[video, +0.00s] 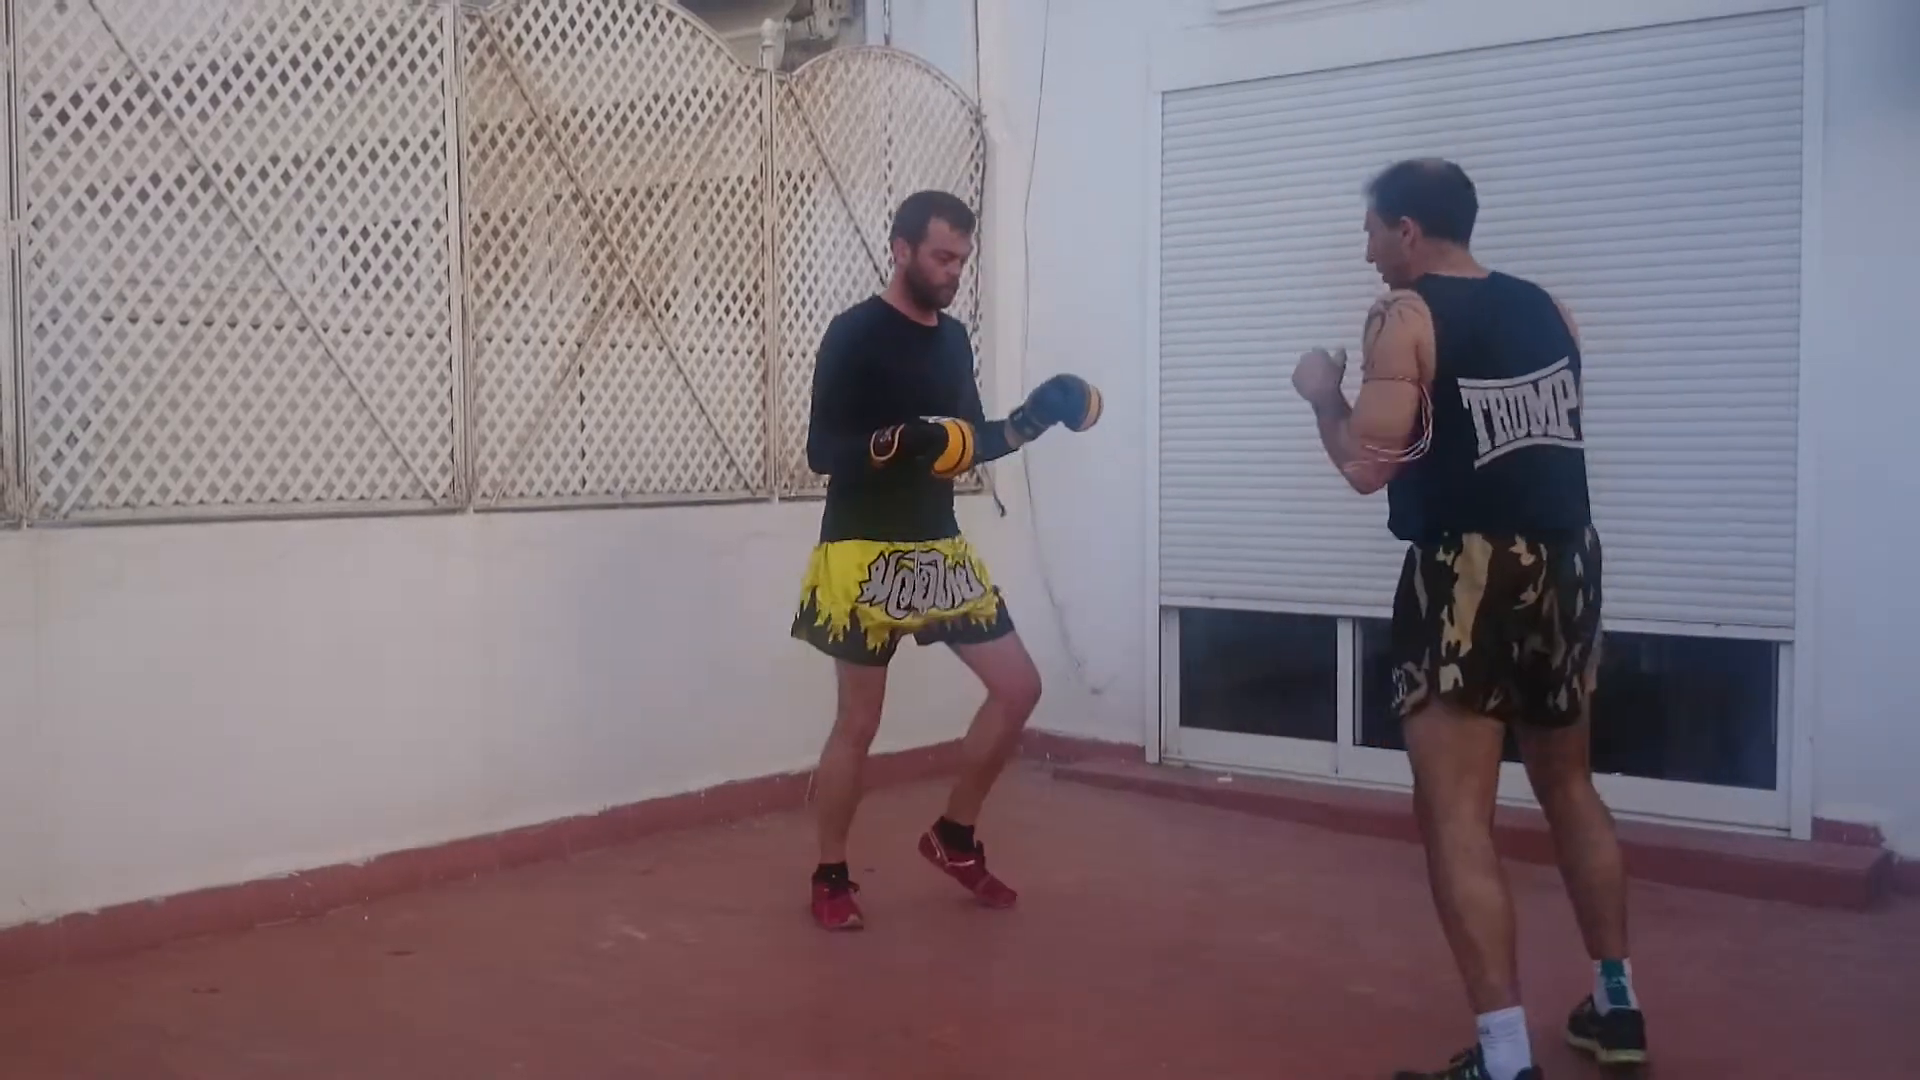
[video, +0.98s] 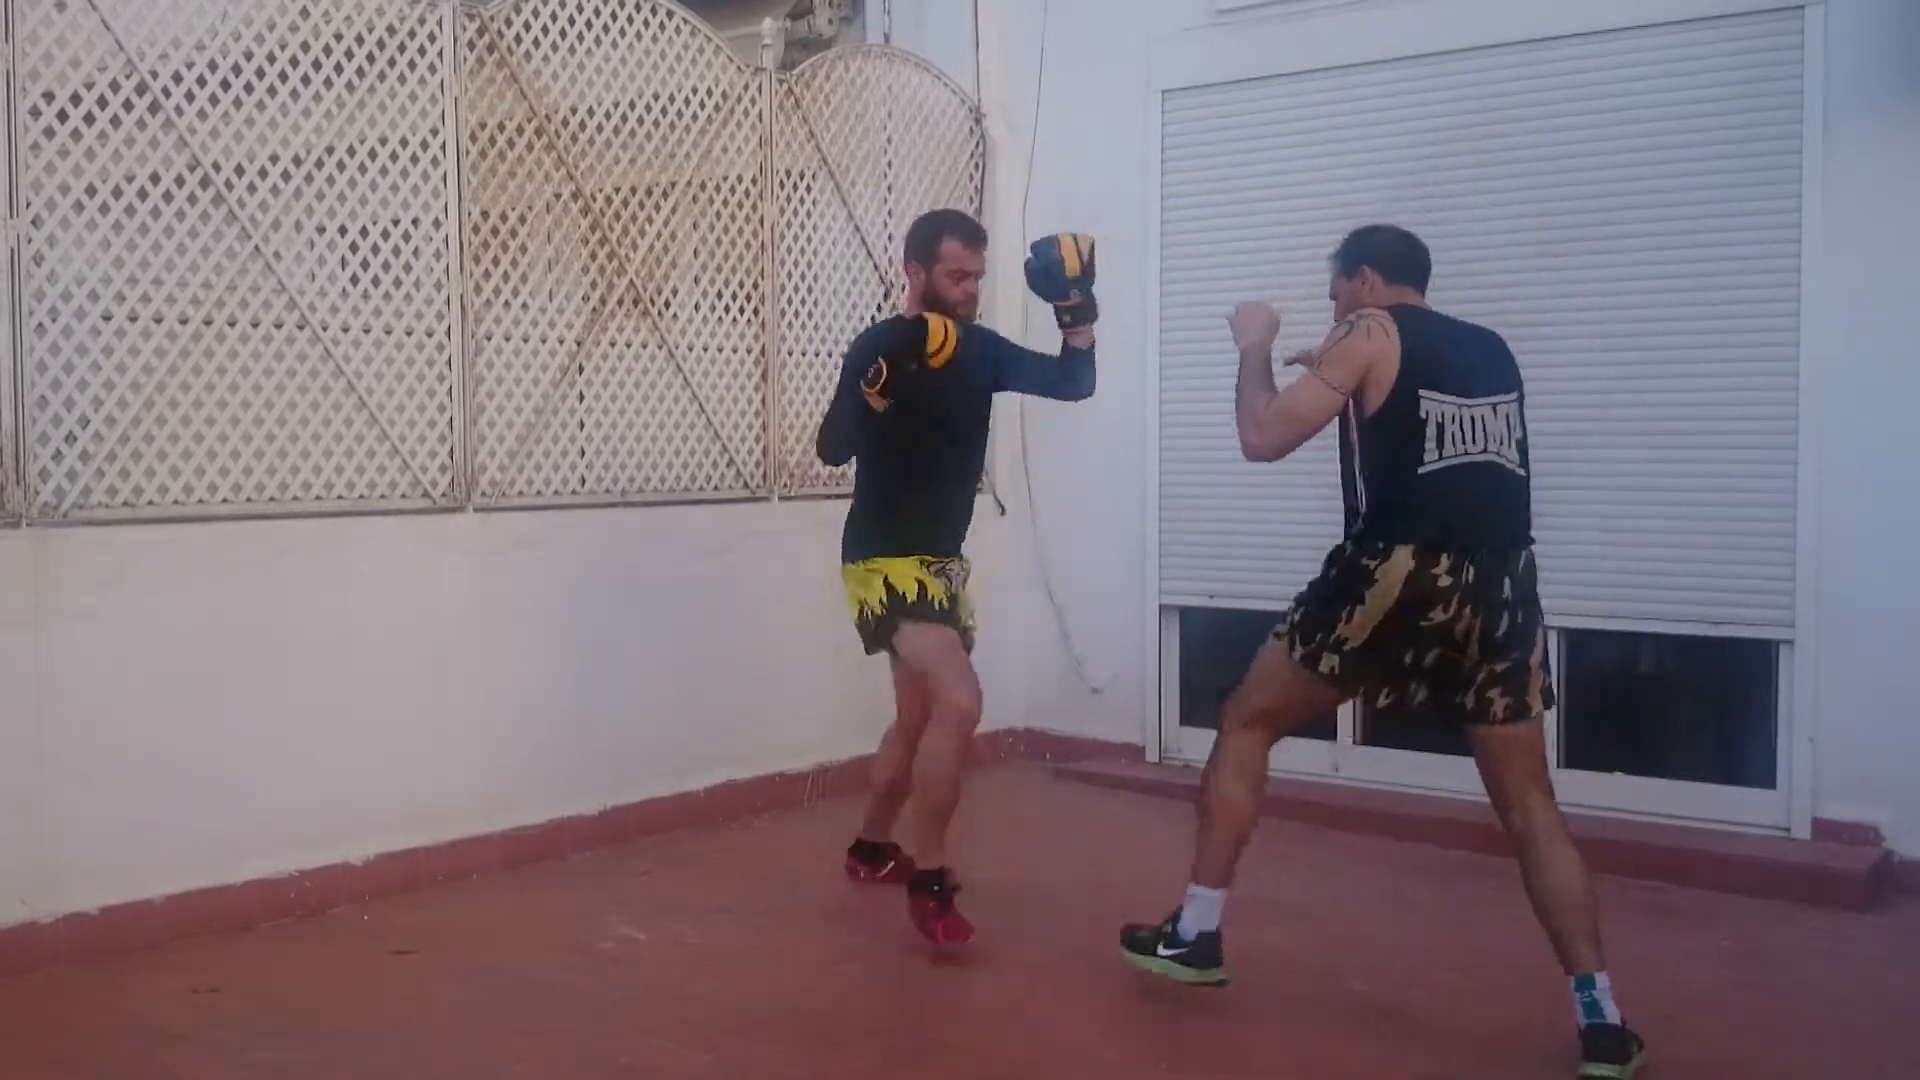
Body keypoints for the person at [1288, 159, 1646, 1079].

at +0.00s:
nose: (1369, 246)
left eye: (1372, 229)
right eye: (1368, 230)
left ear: (1408, 231)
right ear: (1460, 231)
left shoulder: (1408, 317)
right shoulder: (1543, 307)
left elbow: (1368, 463)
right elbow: (1536, 419)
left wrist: (1320, 392)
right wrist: (1422, 380)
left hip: (1461, 578)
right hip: (1565, 573)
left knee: (1459, 822)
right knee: (1569, 783)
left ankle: (1504, 1054)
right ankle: (1617, 1001)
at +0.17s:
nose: (1408, 237)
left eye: (1414, 221)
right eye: (1410, 221)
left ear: (1446, 222)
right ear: (1502, 224)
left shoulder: (1442, 303)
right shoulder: (1569, 302)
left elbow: (1319, 400)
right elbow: (1514, 358)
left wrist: (1316, 306)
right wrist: (1443, 292)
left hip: (1493, 572)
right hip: (1593, 570)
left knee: (1447, 804)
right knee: (1590, 796)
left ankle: (1501, 1045)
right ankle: (1633, 1019)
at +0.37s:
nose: (1409, 244)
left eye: (1412, 227)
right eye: (1409, 229)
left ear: (1446, 220)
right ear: (1500, 225)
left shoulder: (1456, 294)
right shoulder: (1570, 301)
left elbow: (1376, 421)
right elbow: (1518, 395)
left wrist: (1332, 338)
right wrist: (1434, 333)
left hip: (1487, 560)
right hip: (1590, 565)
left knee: (1389, 772)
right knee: (1595, 794)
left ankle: (1408, 1016)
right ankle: (1632, 1019)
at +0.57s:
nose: (1386, 257)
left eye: (1387, 241)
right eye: (1383, 244)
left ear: (1417, 228)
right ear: (1472, 229)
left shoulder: (1417, 296)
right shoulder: (1545, 304)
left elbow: (1317, 405)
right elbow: (1480, 370)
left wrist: (1294, 311)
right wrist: (1397, 318)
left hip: (1453, 562)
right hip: (1559, 568)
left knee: (1392, 781)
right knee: (1568, 789)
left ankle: (1372, 1016)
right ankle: (1614, 1015)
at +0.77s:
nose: (1374, 267)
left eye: (1375, 251)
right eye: (1372, 254)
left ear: (1406, 239)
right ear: (1458, 239)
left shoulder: (1411, 305)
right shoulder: (1530, 312)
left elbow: (1310, 414)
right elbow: (1472, 383)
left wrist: (1285, 325)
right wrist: (1387, 338)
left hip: (1435, 559)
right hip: (1544, 568)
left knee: (1330, 750)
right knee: (1556, 790)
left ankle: (1355, 977)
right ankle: (1605, 1017)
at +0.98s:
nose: (1341, 309)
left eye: (1342, 295)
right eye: (1341, 297)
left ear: (1366, 283)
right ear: (1419, 284)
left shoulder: (1370, 338)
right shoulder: (1492, 348)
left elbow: (1264, 436)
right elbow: (1441, 421)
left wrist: (1252, 349)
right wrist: (1355, 370)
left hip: (1394, 580)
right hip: (1503, 590)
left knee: (1248, 722)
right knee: (1532, 807)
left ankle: (1194, 931)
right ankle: (1602, 1018)